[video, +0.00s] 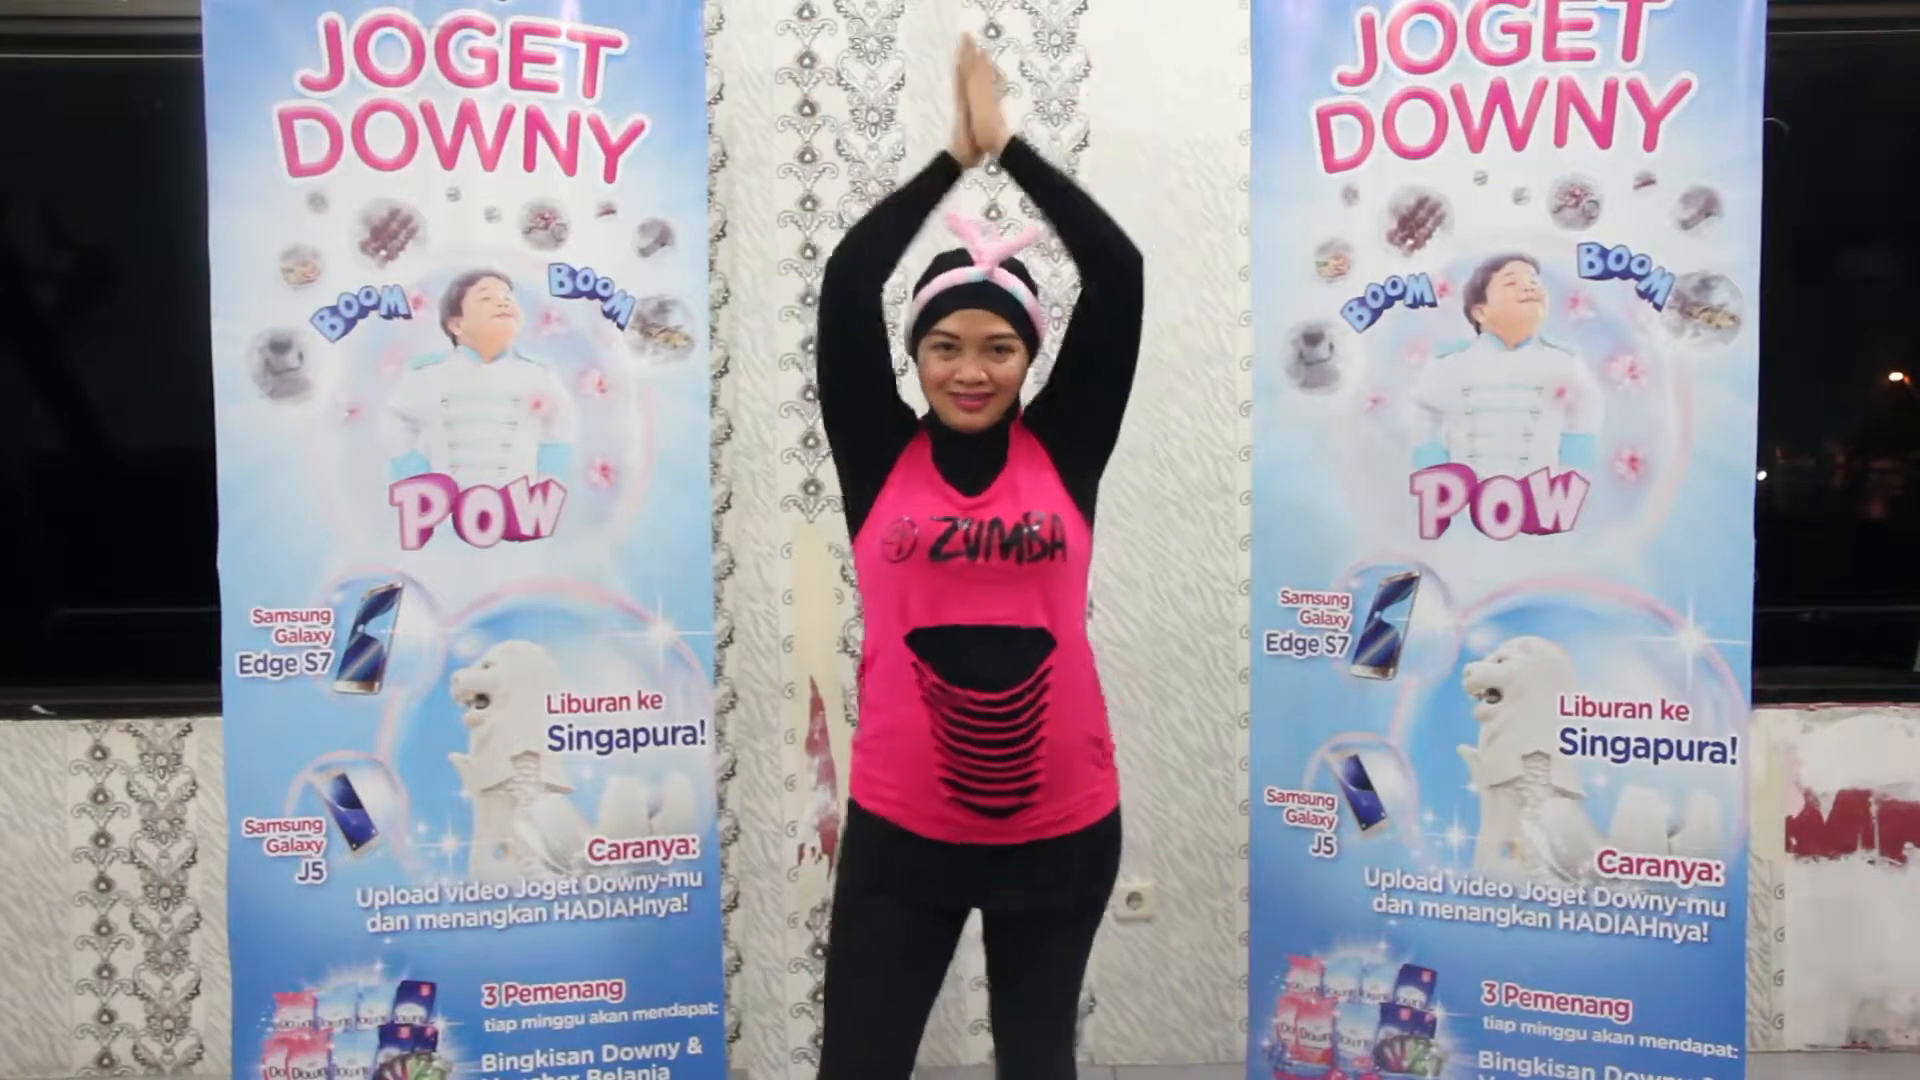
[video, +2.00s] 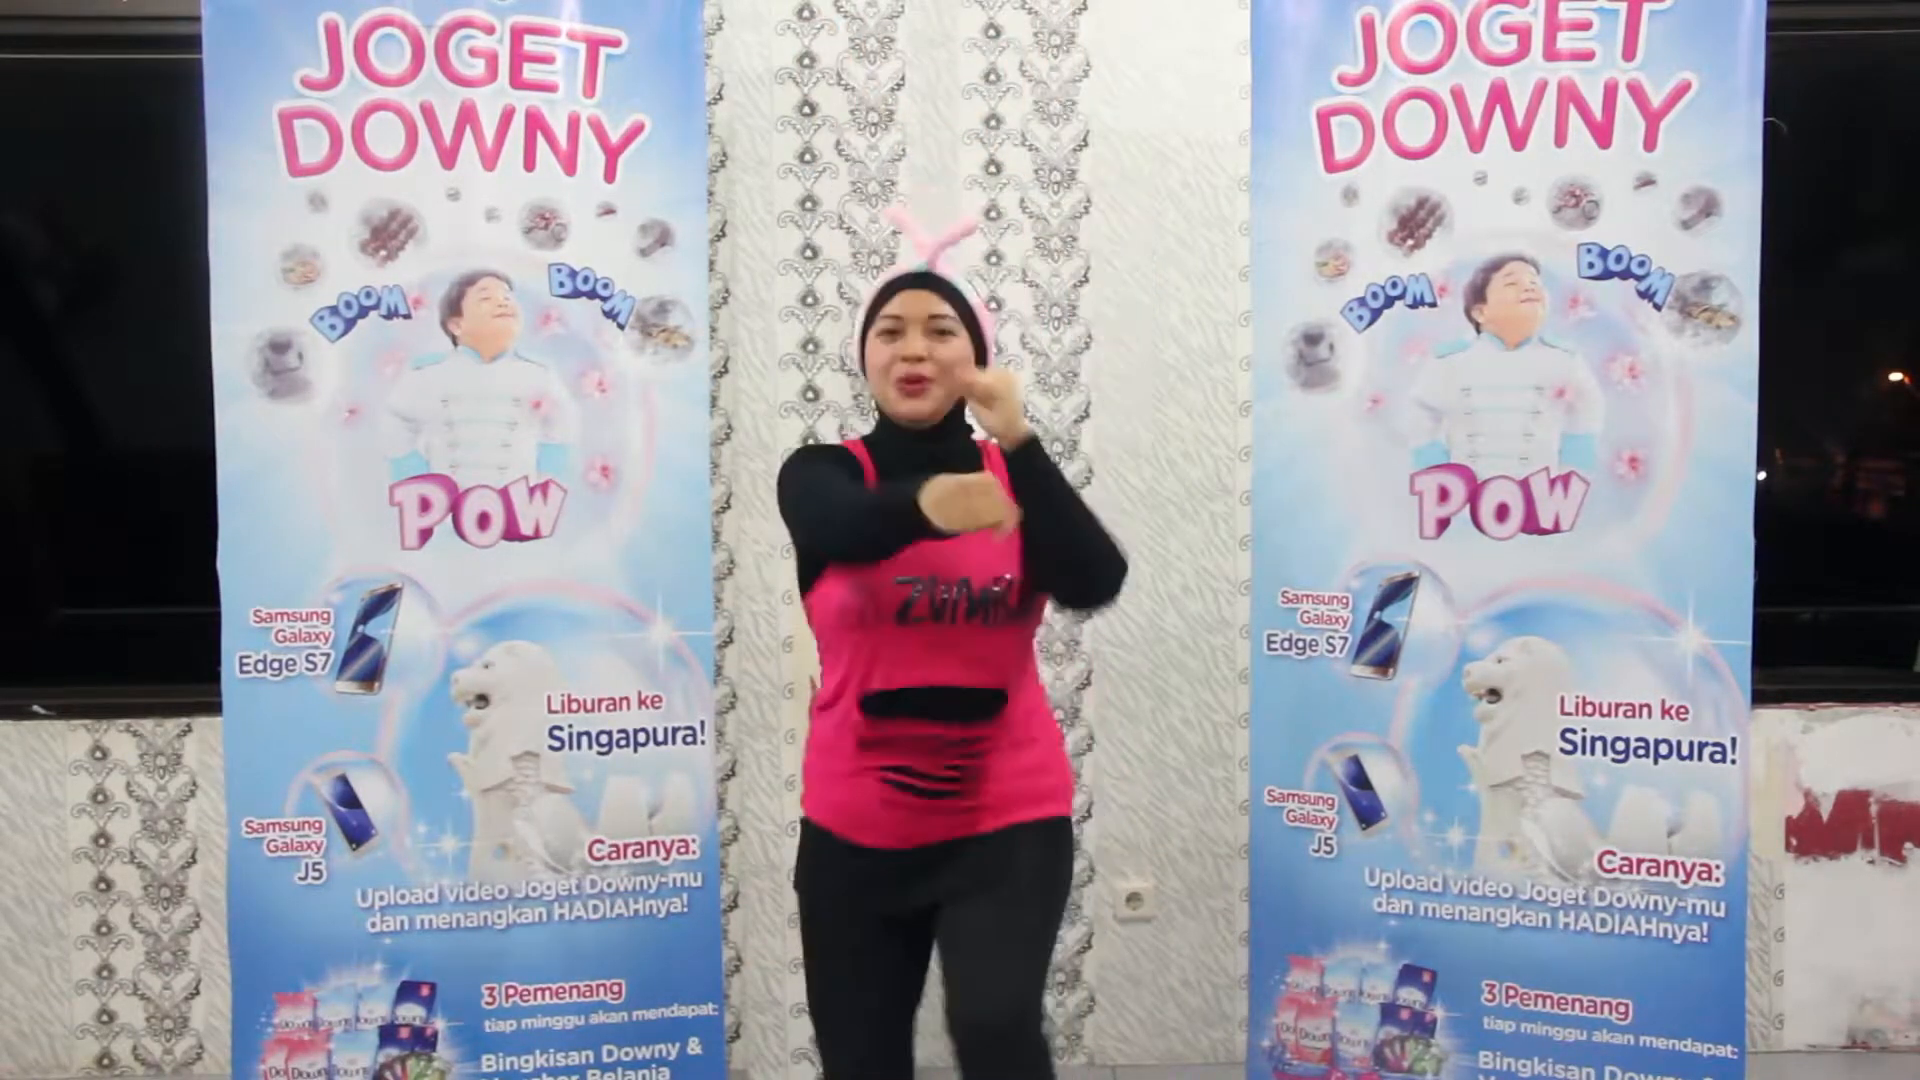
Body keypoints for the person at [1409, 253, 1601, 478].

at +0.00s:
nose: (1528, 286)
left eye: (1534, 281)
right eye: (1510, 282)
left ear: (1545, 299)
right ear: (1479, 311)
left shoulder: (1564, 364)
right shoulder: (1446, 366)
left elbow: (1581, 432)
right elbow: (1419, 419)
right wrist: (1434, 480)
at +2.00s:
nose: (1528, 286)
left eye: (1534, 281)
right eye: (1510, 283)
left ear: (1545, 300)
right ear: (1479, 311)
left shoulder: (1564, 363)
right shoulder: (1445, 366)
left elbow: (1583, 425)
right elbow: (1417, 420)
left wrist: (1567, 487)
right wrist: (1435, 479)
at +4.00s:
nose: (1529, 287)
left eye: (1535, 281)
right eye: (1511, 283)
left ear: (1545, 298)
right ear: (1479, 312)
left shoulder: (1565, 363)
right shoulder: (1447, 365)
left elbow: (1584, 425)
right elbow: (1414, 417)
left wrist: (1565, 488)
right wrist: (1436, 477)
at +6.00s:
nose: (1529, 287)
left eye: (1534, 281)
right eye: (1510, 283)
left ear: (1545, 300)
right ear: (1479, 311)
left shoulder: (1565, 365)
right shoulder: (1445, 367)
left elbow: (1583, 435)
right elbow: (1417, 425)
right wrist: (1437, 483)